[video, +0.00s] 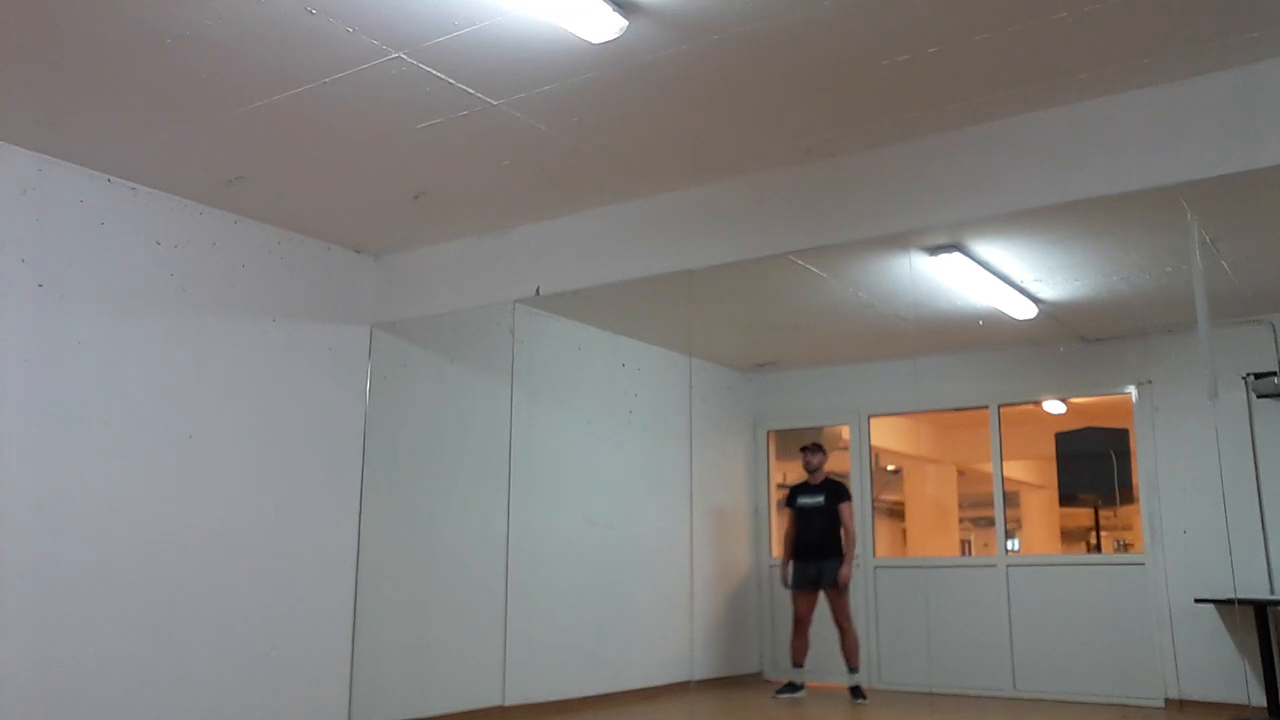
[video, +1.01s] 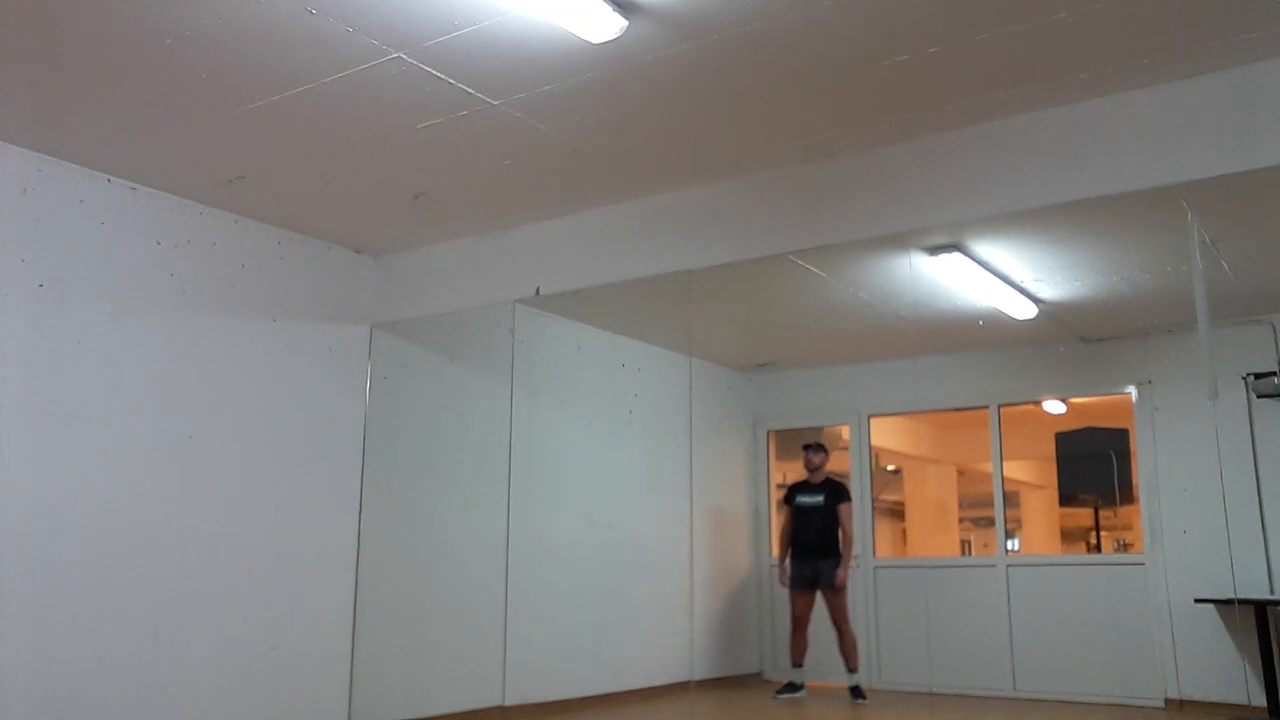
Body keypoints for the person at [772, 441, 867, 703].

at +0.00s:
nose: (809, 460)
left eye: (814, 455)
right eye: (806, 456)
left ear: (824, 459)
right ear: (802, 461)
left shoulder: (837, 489)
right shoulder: (796, 492)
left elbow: (848, 527)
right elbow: (790, 529)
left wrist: (848, 563)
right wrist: (785, 562)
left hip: (832, 563)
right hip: (803, 564)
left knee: (844, 622)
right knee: (800, 621)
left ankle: (855, 682)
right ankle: (797, 680)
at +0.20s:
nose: (811, 460)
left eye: (816, 456)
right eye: (808, 456)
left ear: (826, 459)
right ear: (804, 461)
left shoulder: (838, 490)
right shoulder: (797, 492)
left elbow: (849, 528)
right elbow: (791, 528)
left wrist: (851, 565)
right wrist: (786, 563)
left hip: (832, 563)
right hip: (803, 565)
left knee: (843, 623)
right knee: (800, 622)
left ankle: (855, 682)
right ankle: (797, 680)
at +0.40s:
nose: (812, 460)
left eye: (817, 455)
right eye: (808, 455)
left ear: (827, 459)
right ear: (804, 460)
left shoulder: (838, 490)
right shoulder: (796, 491)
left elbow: (849, 528)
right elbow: (789, 527)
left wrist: (850, 565)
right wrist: (784, 562)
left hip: (831, 563)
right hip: (802, 565)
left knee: (842, 623)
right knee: (799, 622)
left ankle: (854, 682)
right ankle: (797, 680)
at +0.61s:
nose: (811, 459)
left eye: (817, 455)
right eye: (808, 455)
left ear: (826, 459)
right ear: (804, 460)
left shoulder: (838, 490)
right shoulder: (796, 491)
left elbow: (847, 530)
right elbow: (788, 527)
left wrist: (845, 567)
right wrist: (783, 562)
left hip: (830, 563)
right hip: (801, 564)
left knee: (842, 623)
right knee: (799, 623)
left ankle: (854, 682)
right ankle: (797, 680)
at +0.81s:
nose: (812, 459)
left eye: (817, 455)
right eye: (808, 455)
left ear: (826, 459)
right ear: (804, 460)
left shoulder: (838, 490)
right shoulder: (795, 490)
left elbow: (847, 529)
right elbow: (787, 526)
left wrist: (845, 567)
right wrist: (783, 561)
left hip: (829, 563)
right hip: (801, 564)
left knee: (841, 623)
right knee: (798, 622)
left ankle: (854, 681)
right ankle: (796, 680)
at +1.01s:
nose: (812, 459)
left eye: (817, 454)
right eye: (808, 455)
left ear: (826, 459)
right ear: (803, 460)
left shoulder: (837, 489)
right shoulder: (794, 490)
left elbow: (846, 529)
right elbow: (786, 526)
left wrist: (844, 566)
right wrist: (782, 561)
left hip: (829, 563)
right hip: (800, 564)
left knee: (841, 623)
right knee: (798, 623)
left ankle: (854, 682)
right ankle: (796, 680)